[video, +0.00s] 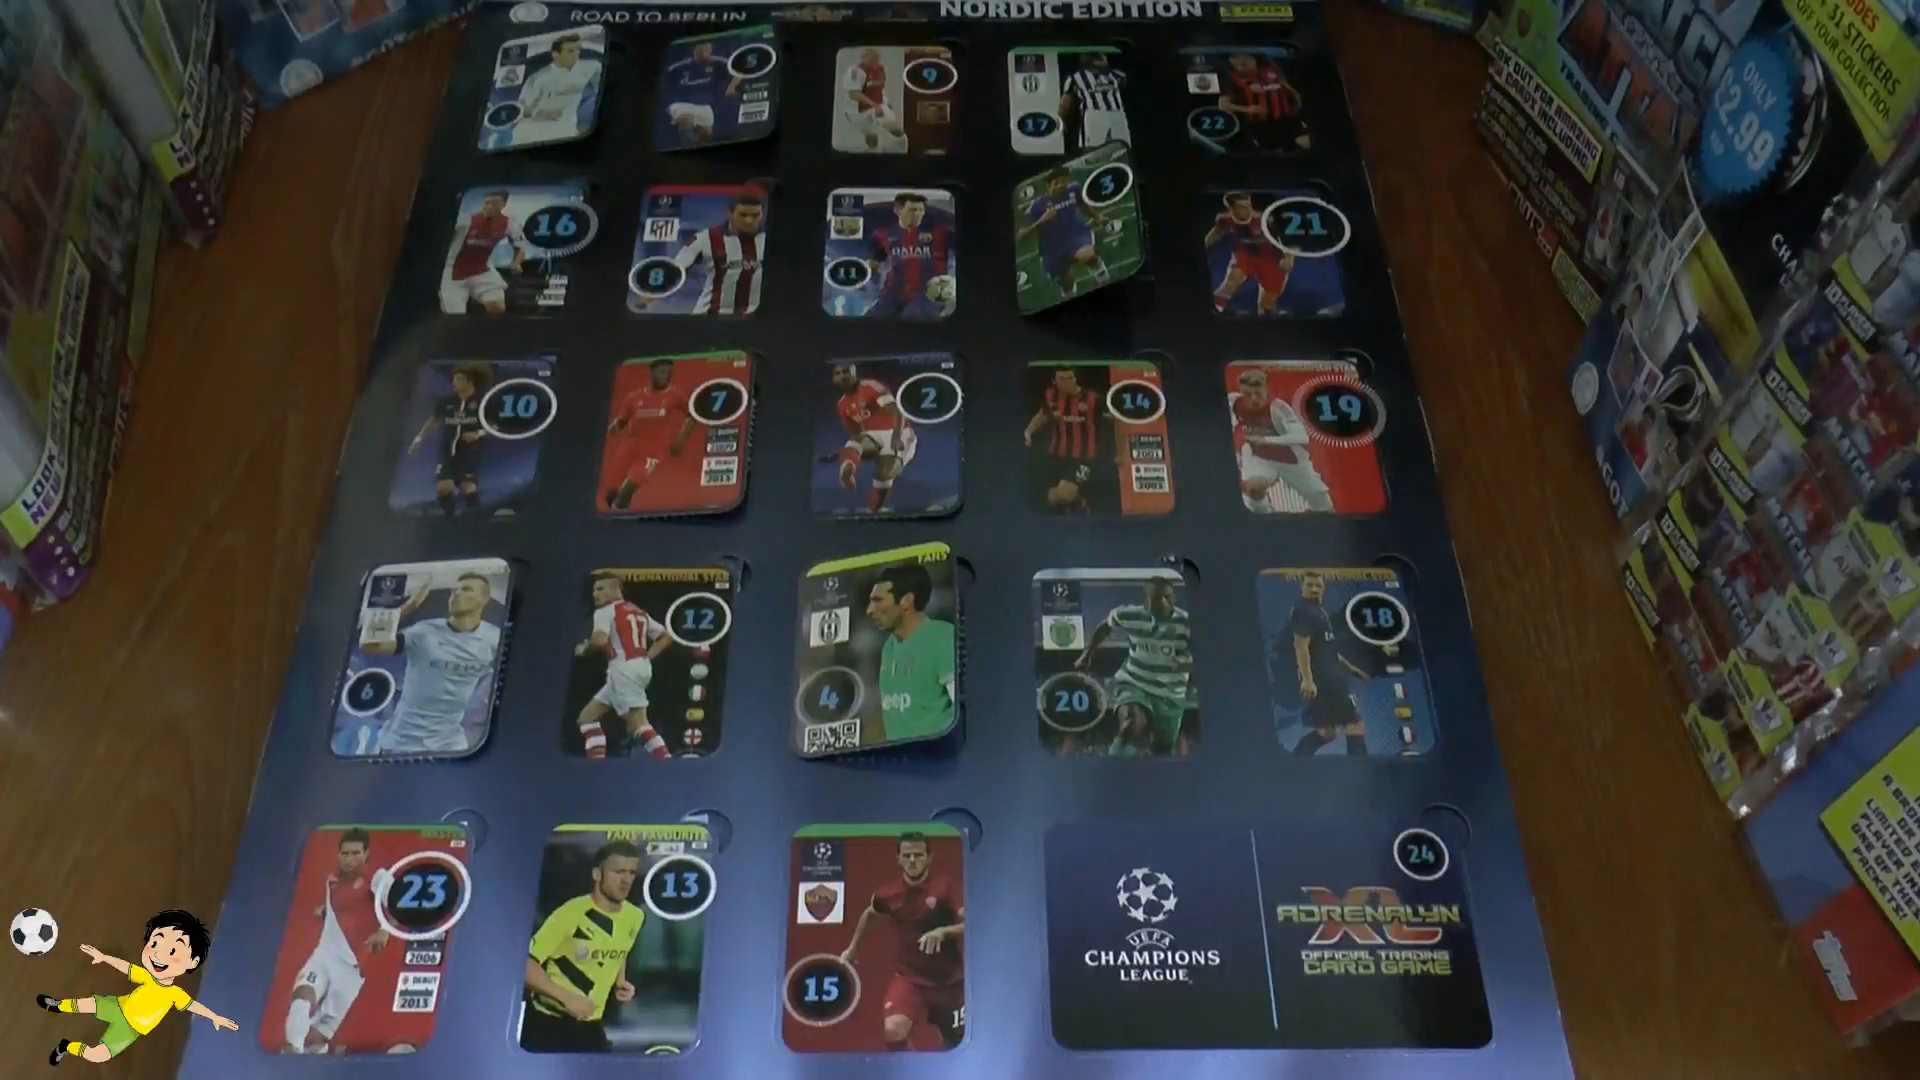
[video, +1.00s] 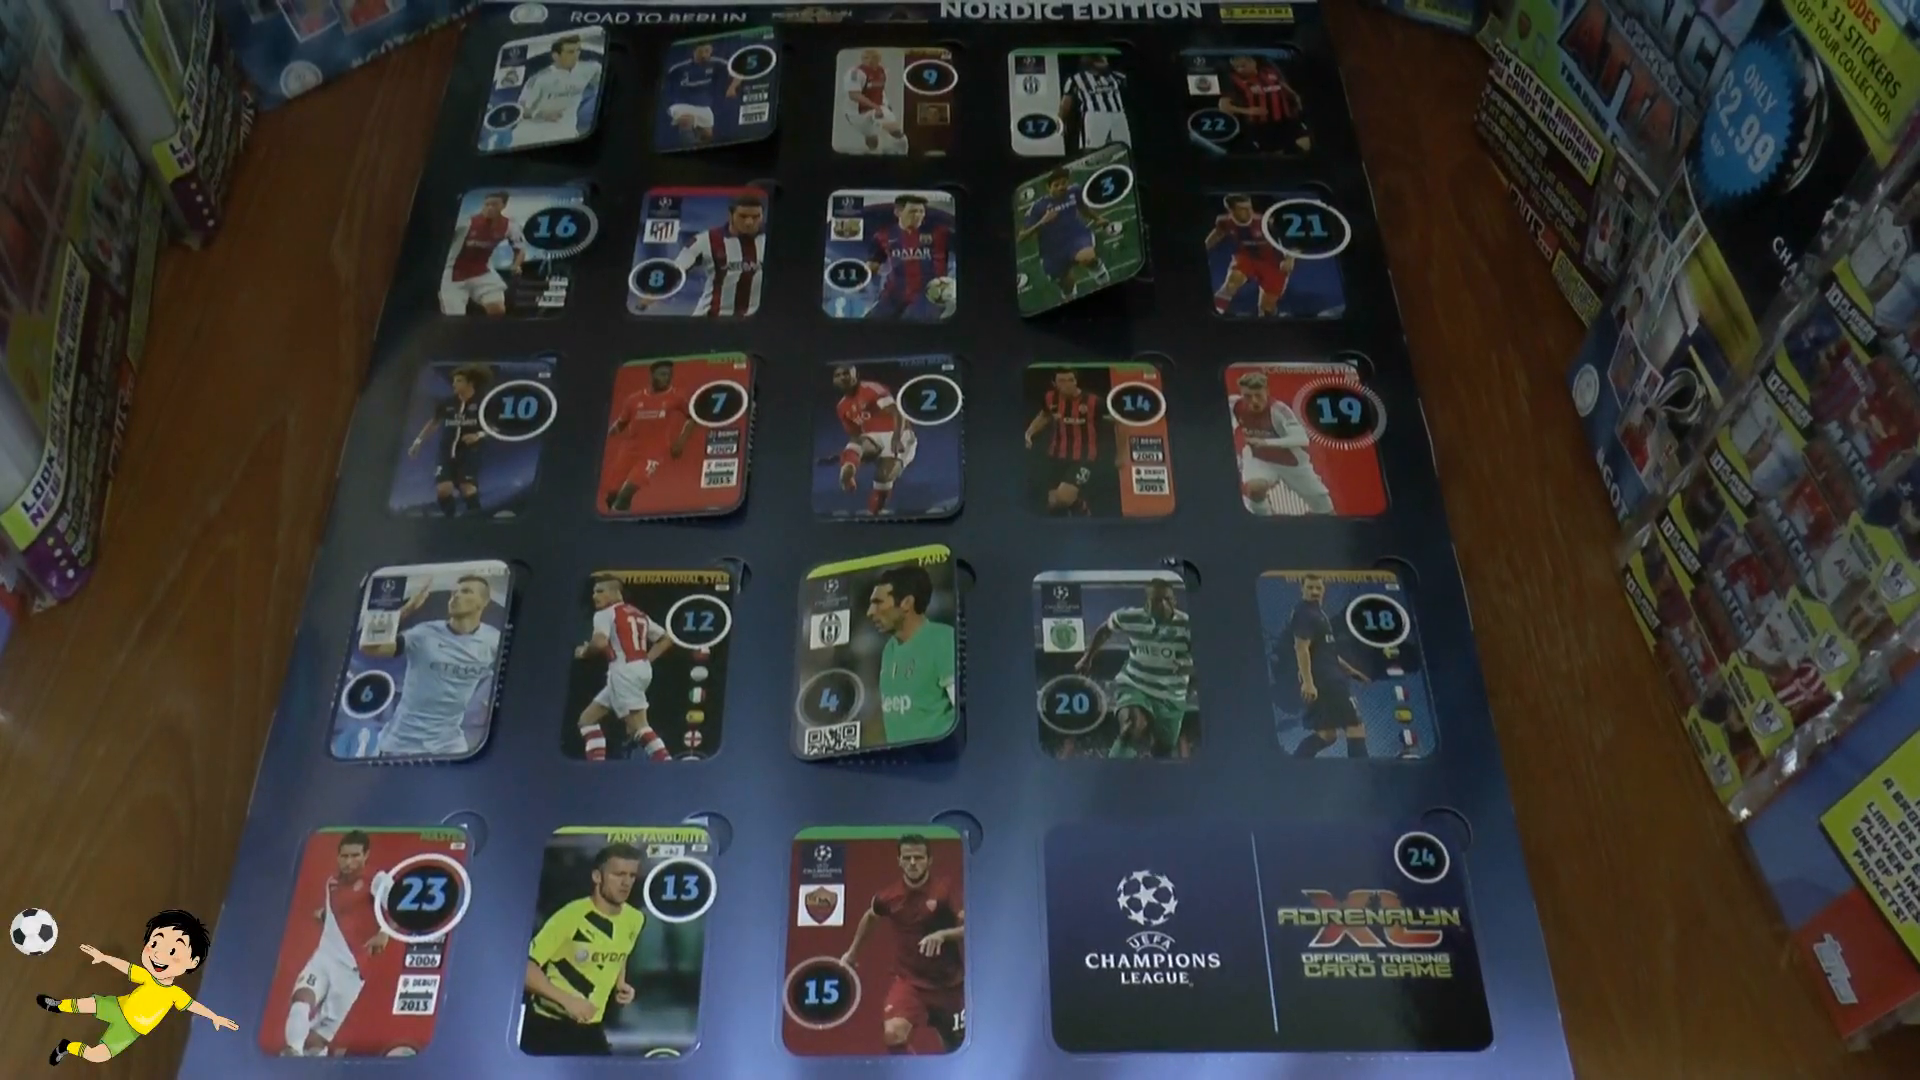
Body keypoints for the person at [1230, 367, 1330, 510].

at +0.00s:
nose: (1253, 399)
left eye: (1258, 393)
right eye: (1248, 394)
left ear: (1266, 391)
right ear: (1241, 393)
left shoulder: (1279, 408)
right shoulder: (1234, 403)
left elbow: (1302, 437)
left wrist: (1265, 440)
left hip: (1293, 462)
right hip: (1260, 460)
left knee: (1319, 494)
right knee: (1253, 488)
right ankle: (1267, 527)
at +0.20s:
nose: (1254, 399)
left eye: (1258, 393)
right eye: (1248, 394)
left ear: (1267, 390)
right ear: (1241, 393)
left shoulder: (1279, 408)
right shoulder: (1234, 404)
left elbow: (1302, 437)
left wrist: (1264, 441)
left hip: (1293, 462)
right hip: (1259, 460)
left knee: (1320, 496)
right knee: (1254, 487)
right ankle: (1266, 527)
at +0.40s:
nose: (1253, 399)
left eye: (1258, 393)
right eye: (1247, 394)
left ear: (1266, 391)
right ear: (1241, 393)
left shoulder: (1278, 407)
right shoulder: (1235, 404)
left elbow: (1301, 437)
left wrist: (1264, 440)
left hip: (1293, 462)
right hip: (1259, 460)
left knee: (1320, 496)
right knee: (1254, 487)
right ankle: (1266, 527)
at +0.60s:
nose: (1253, 399)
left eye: (1257, 393)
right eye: (1247, 394)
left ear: (1266, 390)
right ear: (1241, 393)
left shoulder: (1278, 407)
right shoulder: (1236, 405)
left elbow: (1301, 437)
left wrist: (1264, 440)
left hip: (1293, 462)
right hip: (1259, 460)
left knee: (1319, 496)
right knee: (1254, 487)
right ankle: (1266, 526)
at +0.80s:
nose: (1253, 399)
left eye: (1257, 394)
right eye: (1247, 394)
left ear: (1266, 391)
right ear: (1240, 394)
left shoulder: (1278, 407)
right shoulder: (1236, 405)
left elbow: (1301, 437)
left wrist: (1264, 441)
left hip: (1293, 463)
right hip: (1259, 460)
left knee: (1320, 498)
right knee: (1254, 487)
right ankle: (1265, 525)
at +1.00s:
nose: (1254, 401)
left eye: (1258, 395)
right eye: (1248, 396)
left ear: (1267, 392)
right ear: (1241, 396)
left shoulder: (1279, 409)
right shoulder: (1237, 407)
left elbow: (1302, 439)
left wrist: (1265, 443)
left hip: (1294, 465)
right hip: (1260, 462)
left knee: (1325, 509)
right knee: (1255, 489)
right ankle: (1266, 528)